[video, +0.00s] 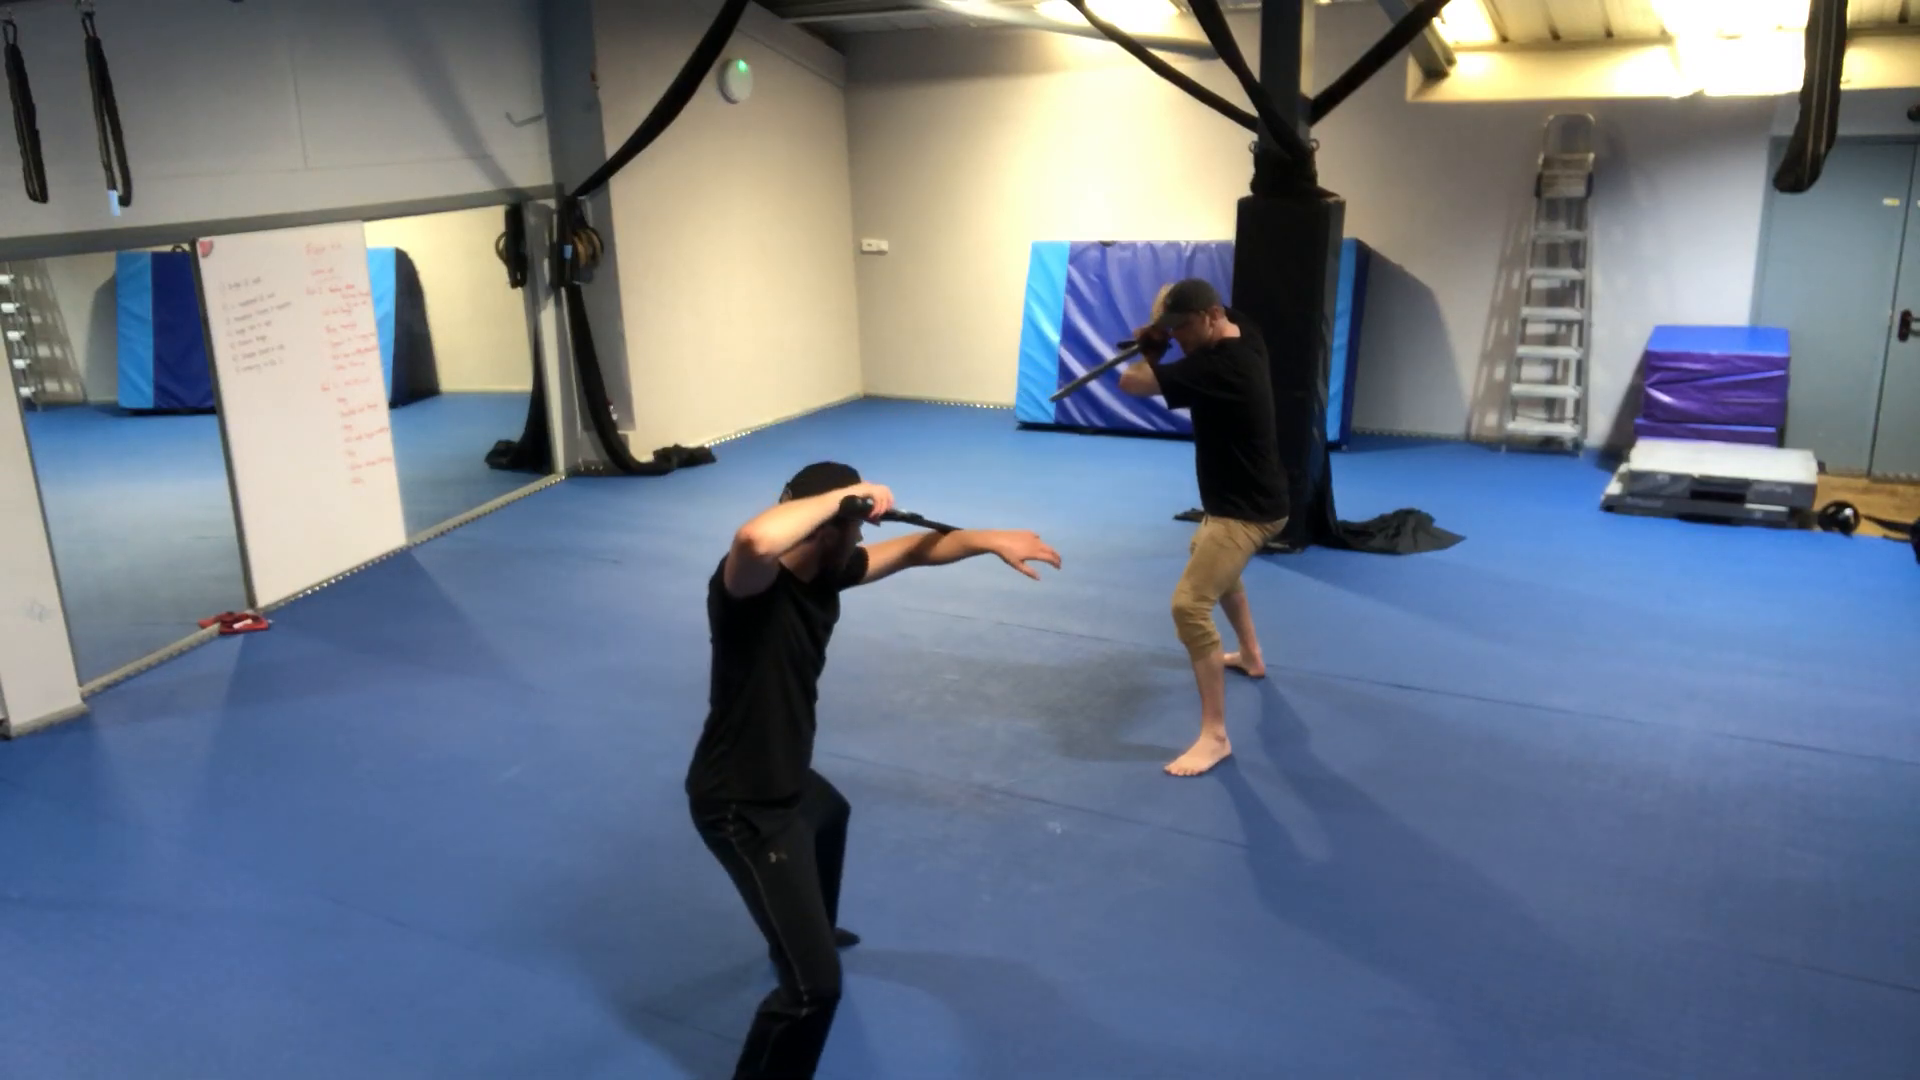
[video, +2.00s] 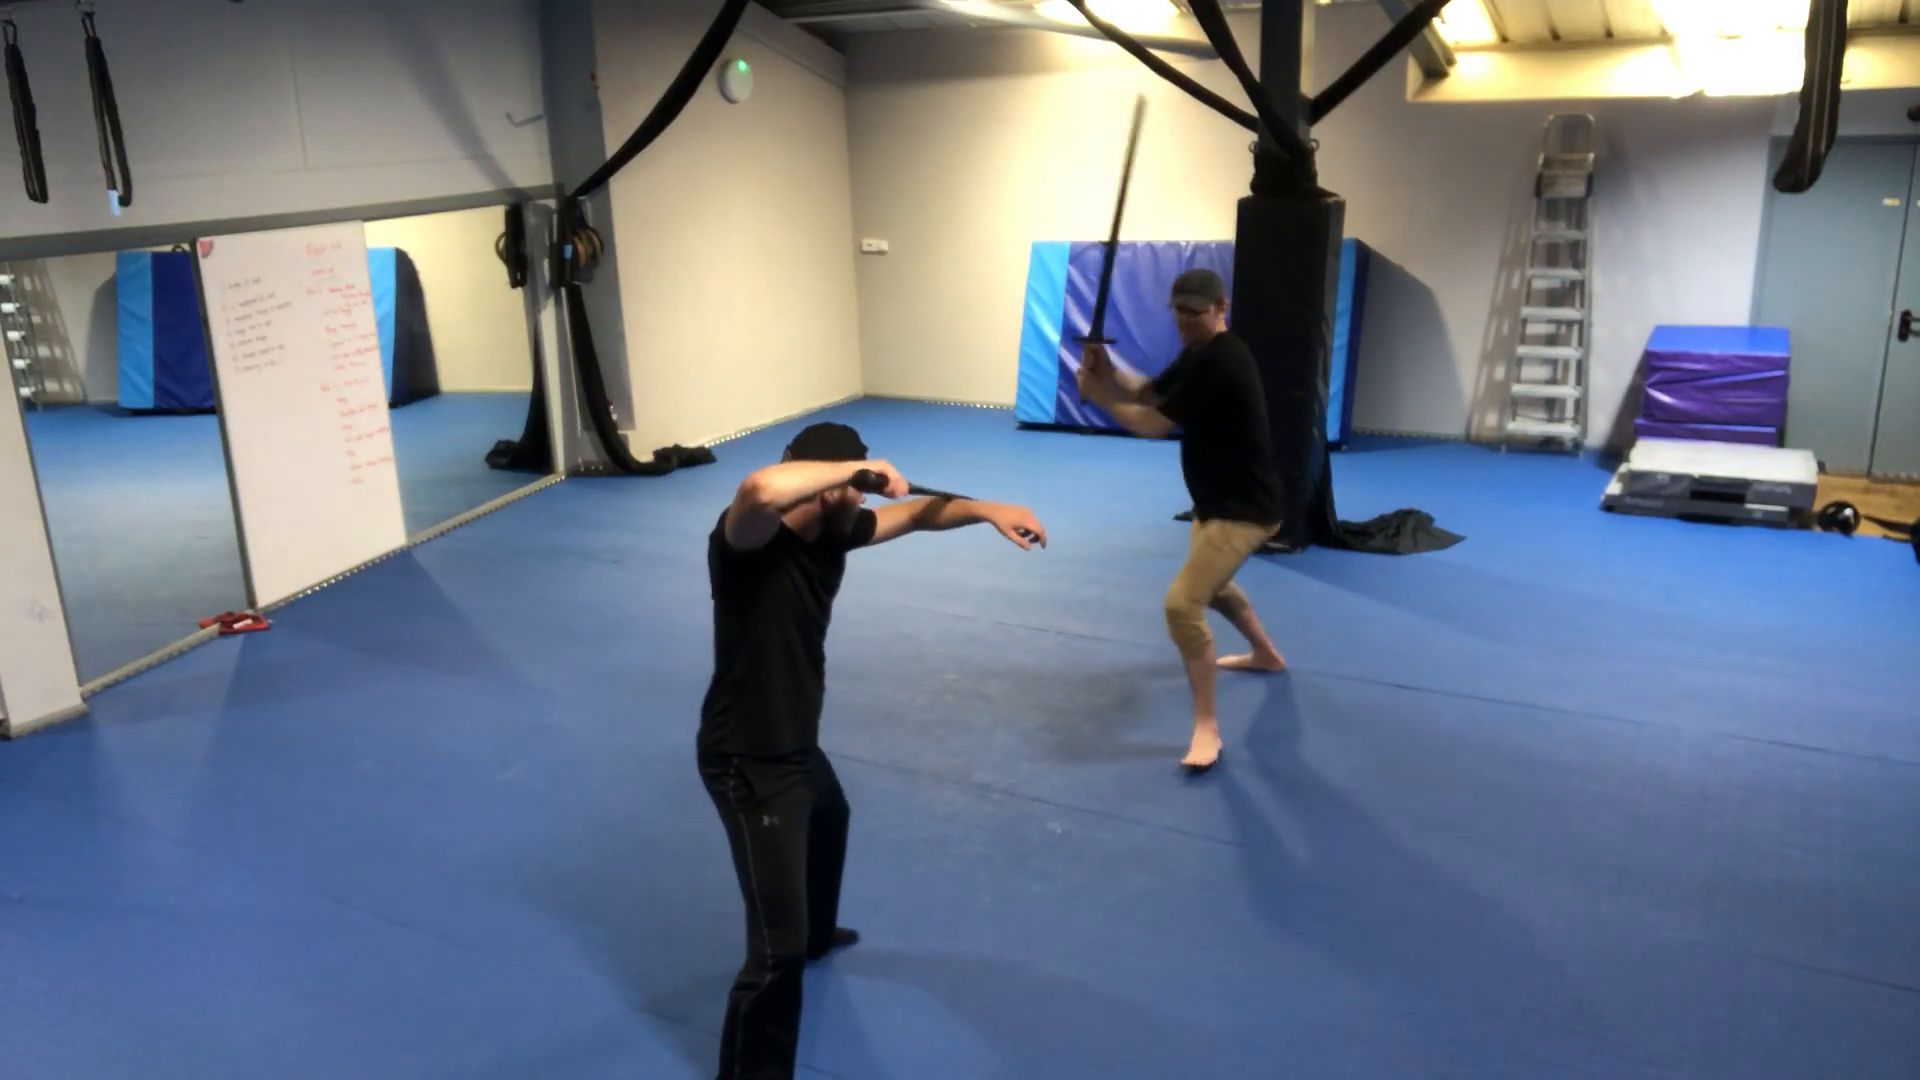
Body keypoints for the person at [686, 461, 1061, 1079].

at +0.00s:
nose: (857, 546)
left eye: (858, 533)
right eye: (849, 533)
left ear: (832, 534)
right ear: (818, 530)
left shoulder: (826, 574)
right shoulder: (748, 583)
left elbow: (916, 548)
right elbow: (755, 540)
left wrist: (990, 539)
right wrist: (842, 499)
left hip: (783, 776)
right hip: (739, 800)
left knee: (830, 815)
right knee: (814, 985)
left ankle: (810, 930)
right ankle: (760, 1075)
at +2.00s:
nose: (860, 505)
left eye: (863, 493)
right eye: (853, 491)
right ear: (818, 486)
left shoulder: (831, 536)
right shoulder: (746, 540)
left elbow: (915, 512)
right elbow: (759, 488)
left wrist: (989, 509)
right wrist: (853, 469)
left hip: (795, 749)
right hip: (746, 758)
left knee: (829, 818)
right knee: (780, 949)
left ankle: (810, 933)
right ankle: (752, 1073)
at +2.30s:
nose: (876, 499)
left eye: (877, 487)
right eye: (867, 486)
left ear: (855, 482)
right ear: (834, 482)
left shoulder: (849, 541)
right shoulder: (782, 544)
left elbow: (905, 545)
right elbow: (842, 492)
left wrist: (960, 523)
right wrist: (928, 451)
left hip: (831, 752)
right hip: (795, 761)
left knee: (878, 809)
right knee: (812, 959)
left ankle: (829, 947)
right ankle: (767, 1075)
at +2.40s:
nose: (884, 481)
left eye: (884, 471)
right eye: (882, 471)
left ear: (818, 465)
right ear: (869, 474)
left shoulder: (822, 532)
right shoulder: (816, 536)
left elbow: (887, 535)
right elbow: (911, 474)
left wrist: (938, 504)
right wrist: (964, 406)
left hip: (851, 743)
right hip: (850, 750)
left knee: (887, 860)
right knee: (870, 921)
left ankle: (888, 992)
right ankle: (784, 1068)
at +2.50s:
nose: (885, 472)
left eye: (867, 467)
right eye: (880, 464)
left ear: (816, 477)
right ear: (872, 474)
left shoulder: (794, 535)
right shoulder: (888, 513)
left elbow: (865, 500)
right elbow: (979, 417)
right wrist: (979, 341)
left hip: (847, 742)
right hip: (910, 743)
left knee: (892, 838)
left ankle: (890, 987)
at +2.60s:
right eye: (894, 451)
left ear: (836, 466)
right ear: (891, 465)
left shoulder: (815, 526)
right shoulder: (931, 499)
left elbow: (868, 460)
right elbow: (984, 394)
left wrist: (950, 414)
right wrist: (976, 311)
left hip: (879, 736)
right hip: (953, 731)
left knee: (904, 841)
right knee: (1055, 874)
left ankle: (884, 993)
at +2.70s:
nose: (958, 440)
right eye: (951, 438)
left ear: (882, 463)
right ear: (945, 459)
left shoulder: (855, 520)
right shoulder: (976, 491)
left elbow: (868, 466)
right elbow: (1004, 382)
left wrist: (932, 425)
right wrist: (954, 327)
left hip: (921, 736)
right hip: (1005, 725)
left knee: (911, 854)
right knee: (1096, 851)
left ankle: (889, 995)